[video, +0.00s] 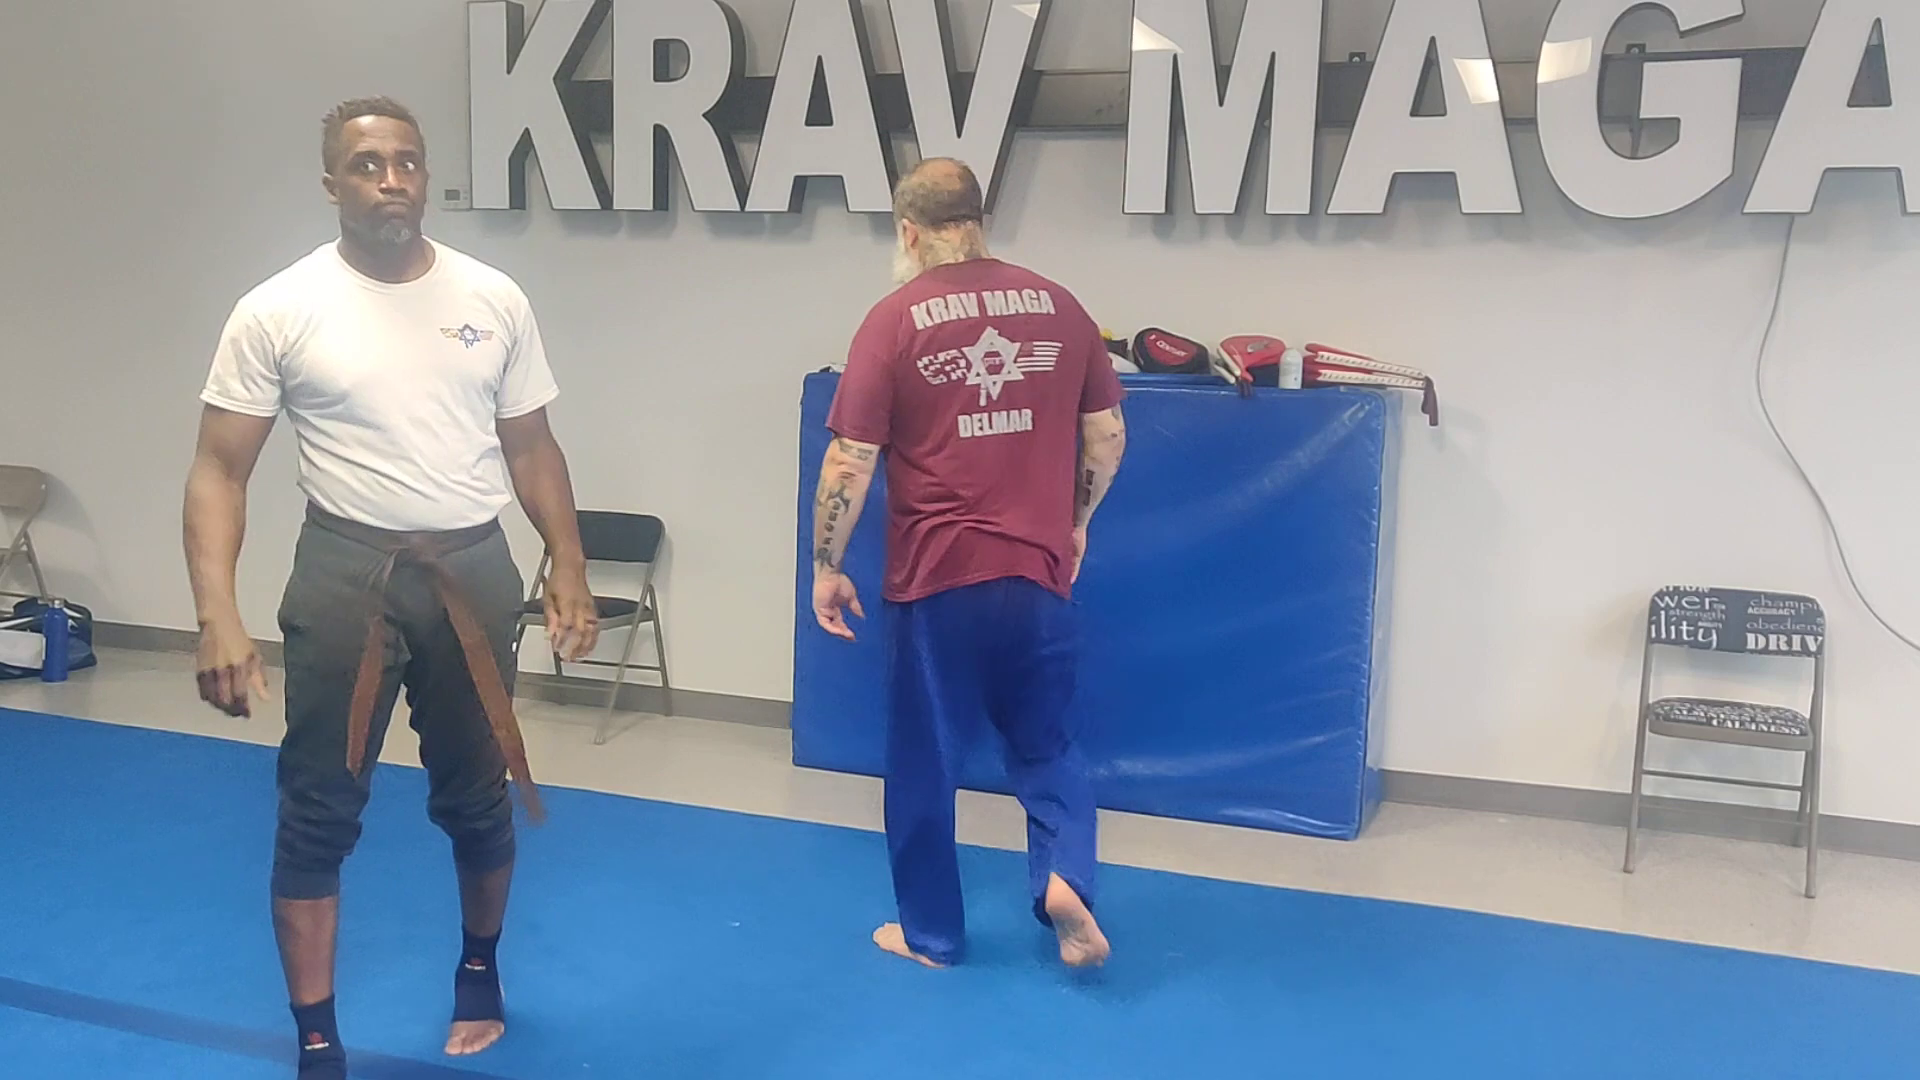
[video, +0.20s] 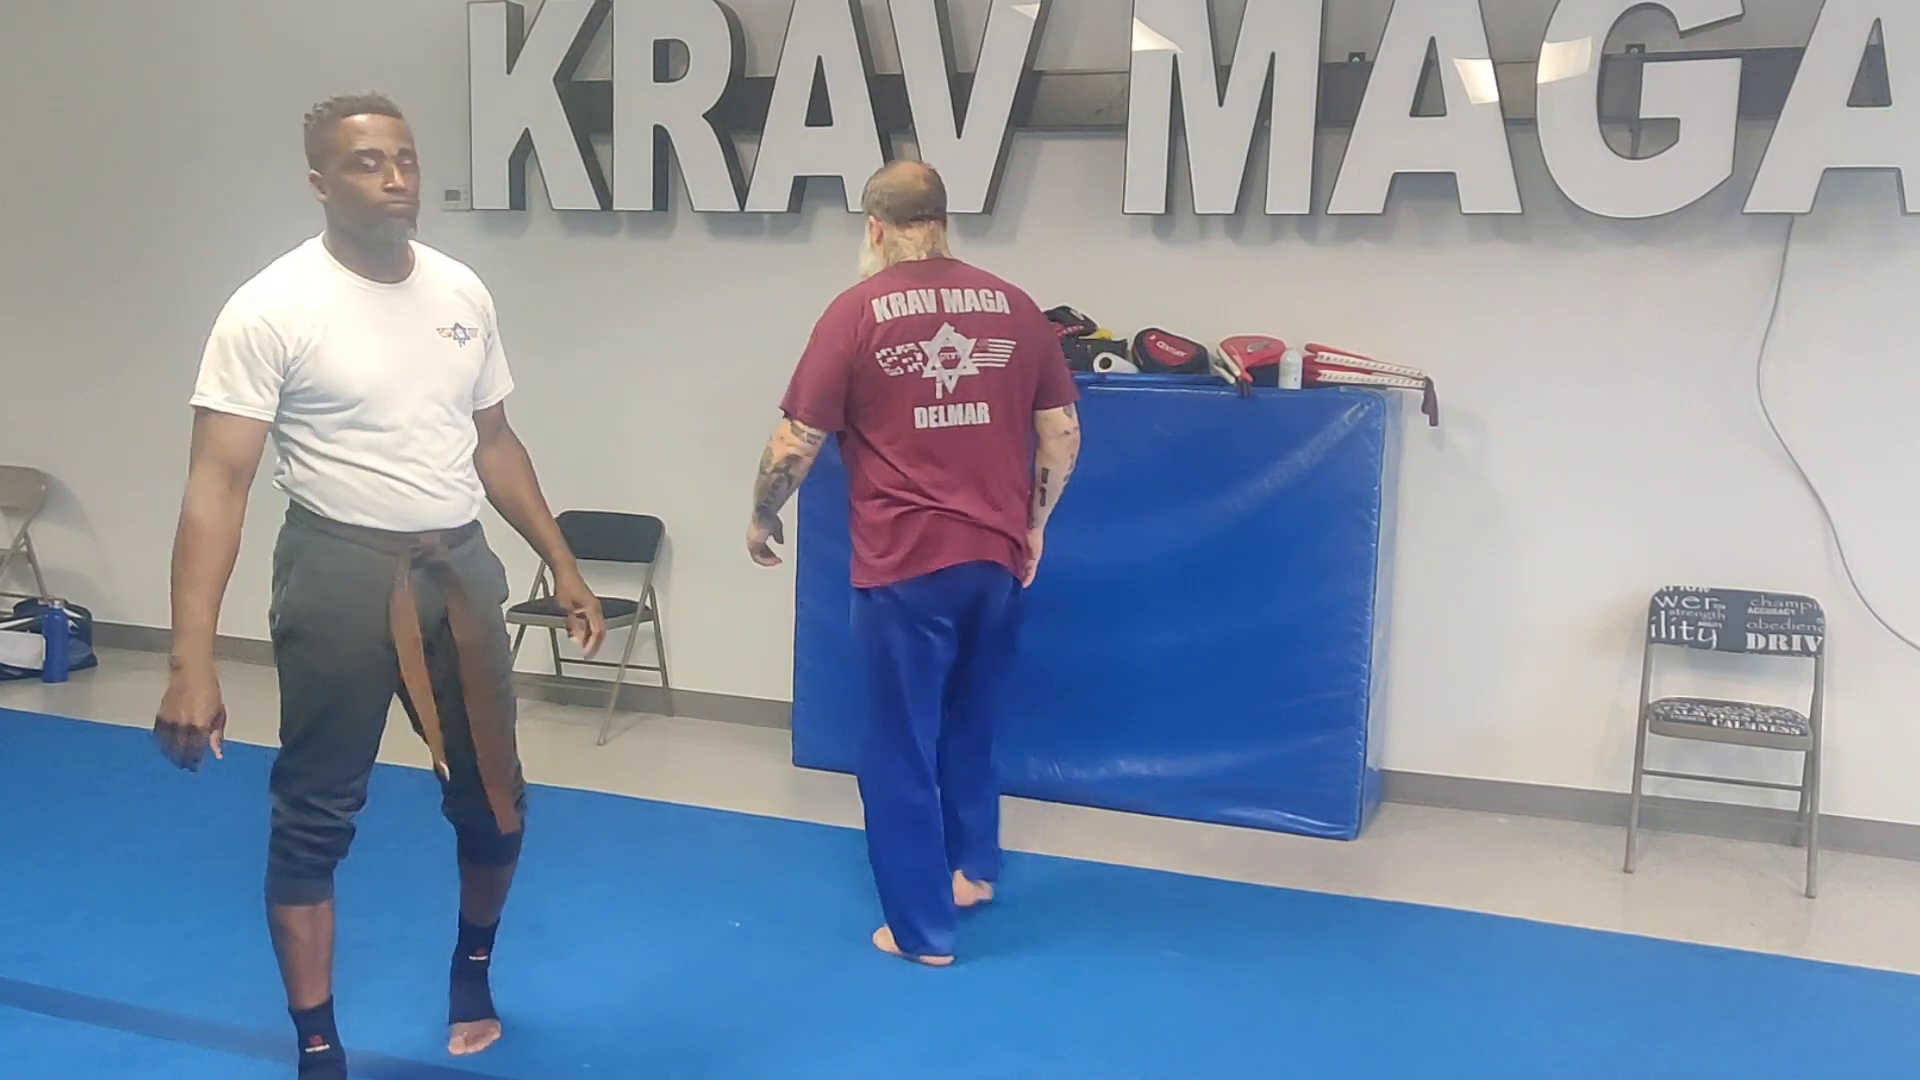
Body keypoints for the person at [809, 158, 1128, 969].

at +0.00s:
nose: (897, 239)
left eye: (897, 228)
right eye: (901, 227)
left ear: (909, 229)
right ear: (980, 222)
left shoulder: (896, 318)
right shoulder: (1057, 303)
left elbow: (849, 461)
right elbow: (1105, 436)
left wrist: (828, 563)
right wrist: (1076, 521)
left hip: (936, 568)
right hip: (1039, 563)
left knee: (922, 756)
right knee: (1048, 744)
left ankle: (932, 933)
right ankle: (1065, 875)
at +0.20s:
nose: (865, 241)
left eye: (865, 229)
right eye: (868, 229)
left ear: (878, 229)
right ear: (944, 227)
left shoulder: (857, 312)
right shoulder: (1015, 304)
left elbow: (793, 448)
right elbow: (1061, 431)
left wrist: (763, 516)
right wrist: (1035, 518)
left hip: (906, 564)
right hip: (999, 555)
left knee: (899, 745)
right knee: (971, 717)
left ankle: (921, 932)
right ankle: (972, 869)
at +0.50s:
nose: (841, 255)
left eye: (842, 246)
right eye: (850, 245)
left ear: (851, 247)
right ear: (914, 248)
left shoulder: (828, 316)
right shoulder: (968, 330)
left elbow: (777, 436)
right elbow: (997, 451)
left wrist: (737, 526)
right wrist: (960, 532)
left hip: (847, 553)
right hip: (933, 555)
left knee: (831, 718)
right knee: (891, 710)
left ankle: (896, 859)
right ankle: (846, 851)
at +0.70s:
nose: (812, 252)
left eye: (812, 242)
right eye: (815, 242)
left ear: (823, 241)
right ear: (881, 242)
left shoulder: (808, 306)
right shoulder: (944, 327)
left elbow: (768, 416)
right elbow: (956, 437)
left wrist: (742, 516)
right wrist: (910, 497)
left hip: (815, 532)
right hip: (903, 536)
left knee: (768, 684)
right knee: (888, 694)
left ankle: (783, 831)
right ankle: (871, 852)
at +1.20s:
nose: (696, 262)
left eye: (695, 253)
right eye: (696, 253)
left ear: (706, 251)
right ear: (761, 247)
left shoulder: (696, 318)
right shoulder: (821, 311)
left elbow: (650, 431)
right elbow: (860, 418)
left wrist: (623, 498)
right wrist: (836, 485)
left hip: (731, 515)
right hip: (810, 511)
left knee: (721, 669)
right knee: (807, 647)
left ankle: (733, 809)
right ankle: (825, 756)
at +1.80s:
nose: (631, 278)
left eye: (632, 267)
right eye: (630, 268)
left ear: (654, 261)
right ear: (692, 261)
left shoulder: (652, 322)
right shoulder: (745, 323)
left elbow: (628, 421)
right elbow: (765, 416)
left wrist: (609, 499)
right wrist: (730, 472)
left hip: (658, 505)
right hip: (729, 506)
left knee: (614, 628)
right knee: (723, 640)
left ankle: (628, 758)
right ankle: (724, 767)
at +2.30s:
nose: (531, 287)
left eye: (531, 275)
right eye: (531, 276)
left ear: (545, 271)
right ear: (576, 263)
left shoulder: (546, 324)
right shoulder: (627, 316)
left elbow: (544, 420)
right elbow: (647, 402)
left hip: (571, 503)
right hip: (630, 496)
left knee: (567, 618)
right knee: (614, 601)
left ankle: (581, 748)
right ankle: (638, 708)